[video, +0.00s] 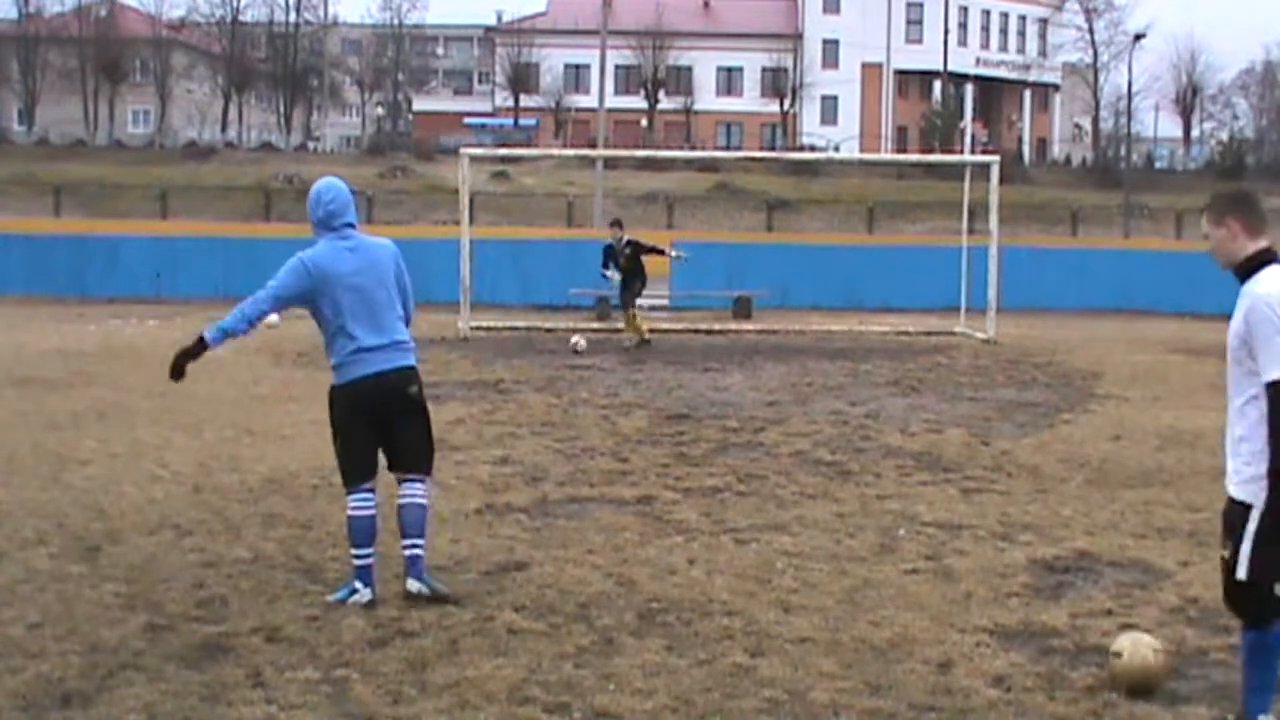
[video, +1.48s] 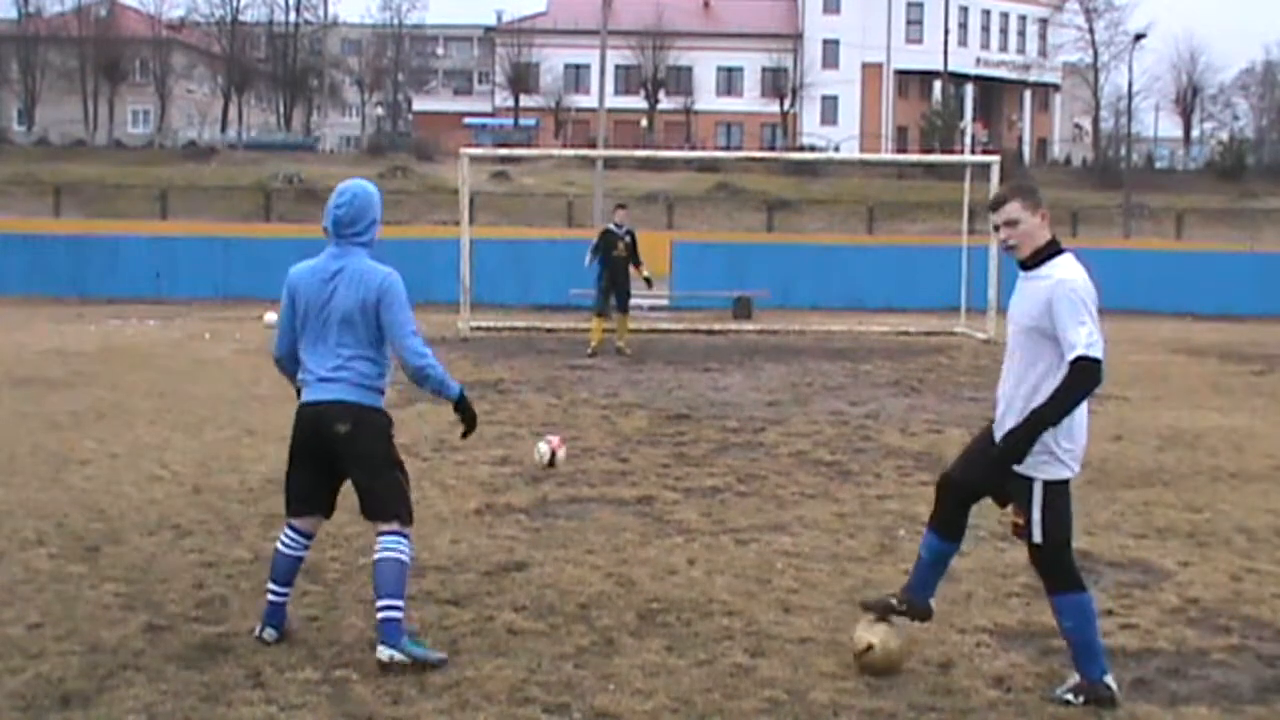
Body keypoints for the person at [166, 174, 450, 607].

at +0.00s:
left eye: (316, 210)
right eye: (349, 205)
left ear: (314, 216)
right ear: (353, 210)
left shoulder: (310, 263)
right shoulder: (386, 249)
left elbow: (257, 307)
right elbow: (407, 309)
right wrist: (386, 346)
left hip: (352, 389)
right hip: (401, 380)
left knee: (360, 484)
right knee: (414, 474)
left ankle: (364, 583)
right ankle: (416, 574)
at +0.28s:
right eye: (345, 204)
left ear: (307, 214)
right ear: (350, 210)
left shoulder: (294, 263)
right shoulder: (379, 255)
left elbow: (237, 306)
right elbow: (393, 317)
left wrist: (256, 294)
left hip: (334, 390)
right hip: (383, 382)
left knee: (352, 487)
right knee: (400, 478)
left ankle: (355, 585)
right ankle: (358, 556)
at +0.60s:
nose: (357, 220)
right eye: (356, 213)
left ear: (312, 219)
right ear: (356, 217)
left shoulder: (290, 272)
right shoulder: (377, 269)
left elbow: (277, 342)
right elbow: (396, 340)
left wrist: (288, 381)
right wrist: (404, 377)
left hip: (316, 402)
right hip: (364, 399)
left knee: (343, 496)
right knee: (347, 501)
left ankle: (357, 588)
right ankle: (332, 607)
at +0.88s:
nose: (352, 214)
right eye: (353, 206)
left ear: (309, 210)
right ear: (352, 211)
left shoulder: (281, 263)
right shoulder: (372, 264)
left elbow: (263, 332)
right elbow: (394, 338)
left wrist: (264, 379)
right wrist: (411, 392)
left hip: (297, 398)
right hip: (351, 399)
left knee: (304, 489)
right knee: (336, 505)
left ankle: (299, 589)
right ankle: (331, 610)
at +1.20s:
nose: (349, 219)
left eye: (343, 211)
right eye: (347, 212)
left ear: (300, 213)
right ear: (341, 215)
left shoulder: (271, 266)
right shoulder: (350, 263)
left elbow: (254, 340)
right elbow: (362, 342)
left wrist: (272, 376)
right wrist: (388, 387)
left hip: (291, 400)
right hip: (344, 398)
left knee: (291, 506)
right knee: (364, 494)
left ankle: (270, 616)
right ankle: (352, 605)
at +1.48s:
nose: (379, 228)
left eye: (370, 219)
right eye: (378, 221)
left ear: (330, 222)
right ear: (374, 225)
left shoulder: (300, 275)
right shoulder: (384, 280)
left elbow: (283, 353)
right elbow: (411, 355)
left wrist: (311, 385)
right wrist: (456, 395)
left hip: (311, 418)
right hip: (363, 419)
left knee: (302, 519)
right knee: (392, 523)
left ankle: (271, 621)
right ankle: (392, 637)